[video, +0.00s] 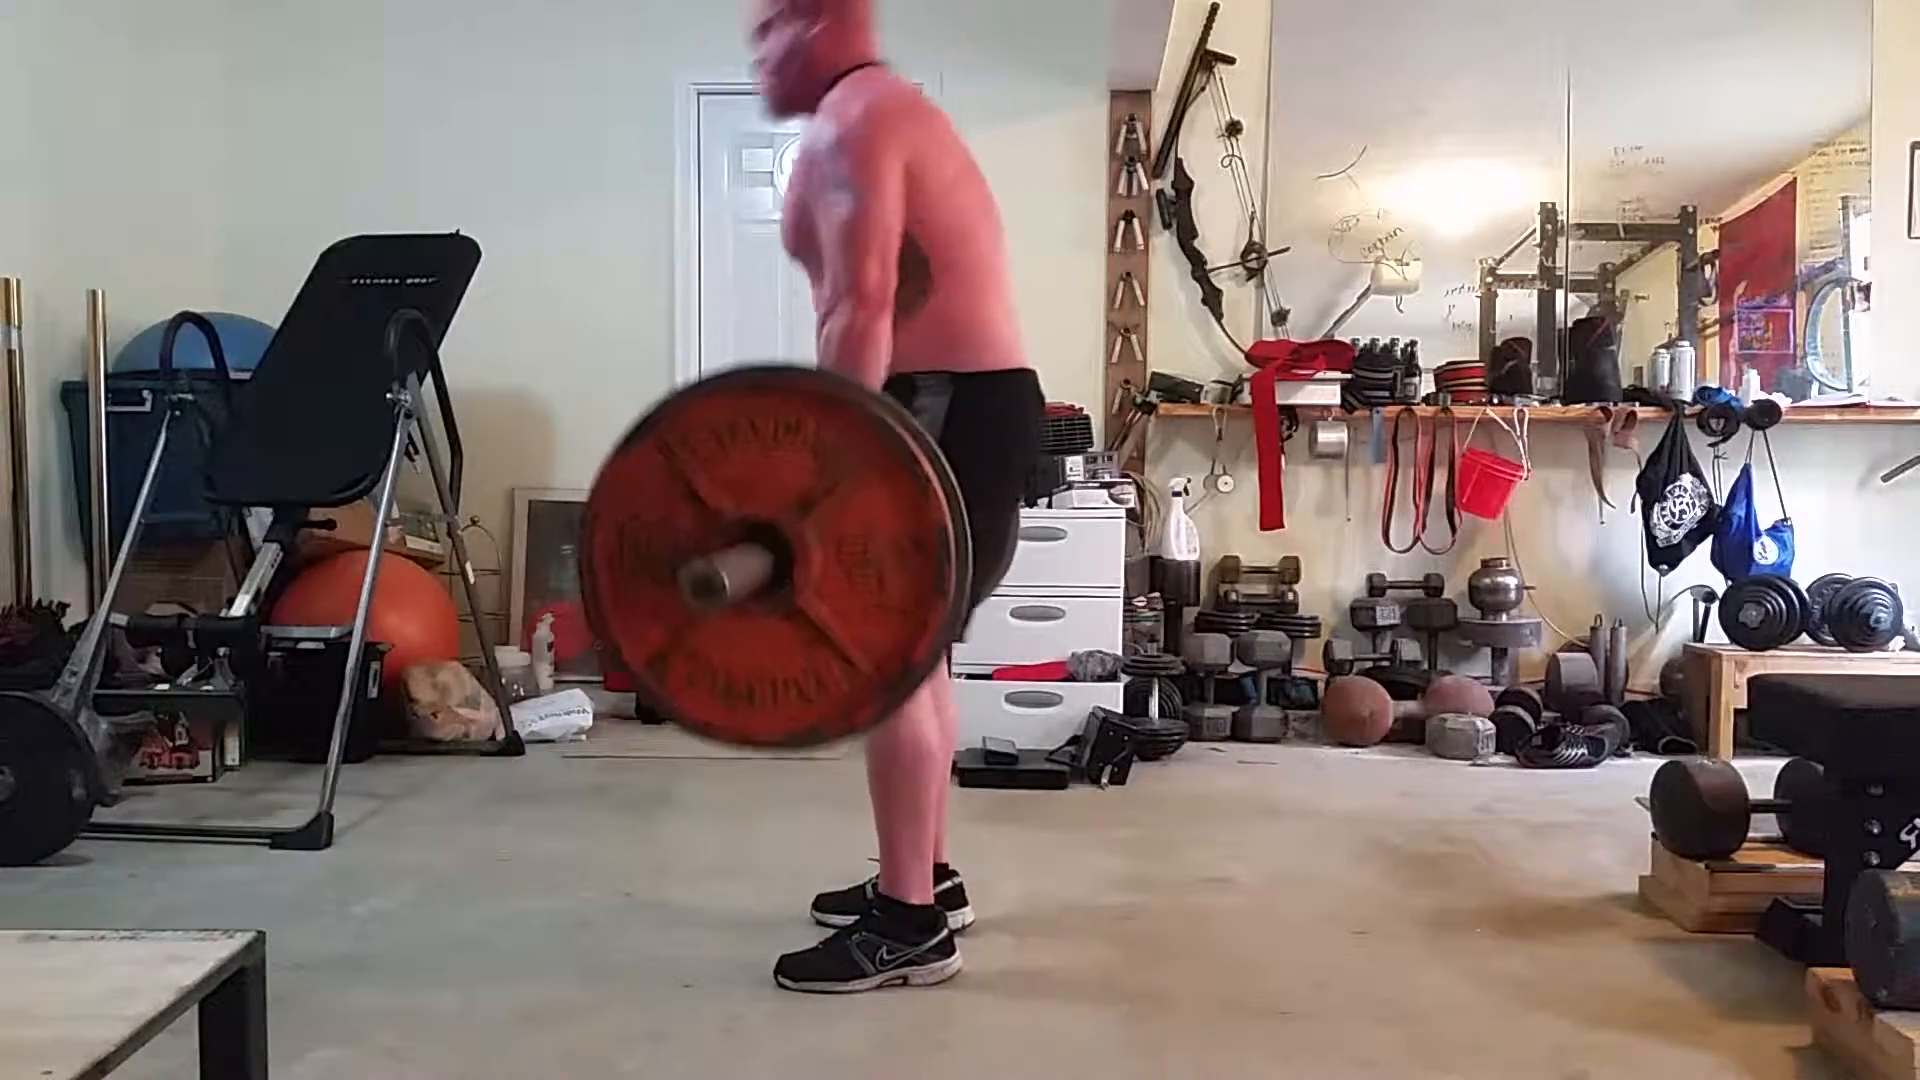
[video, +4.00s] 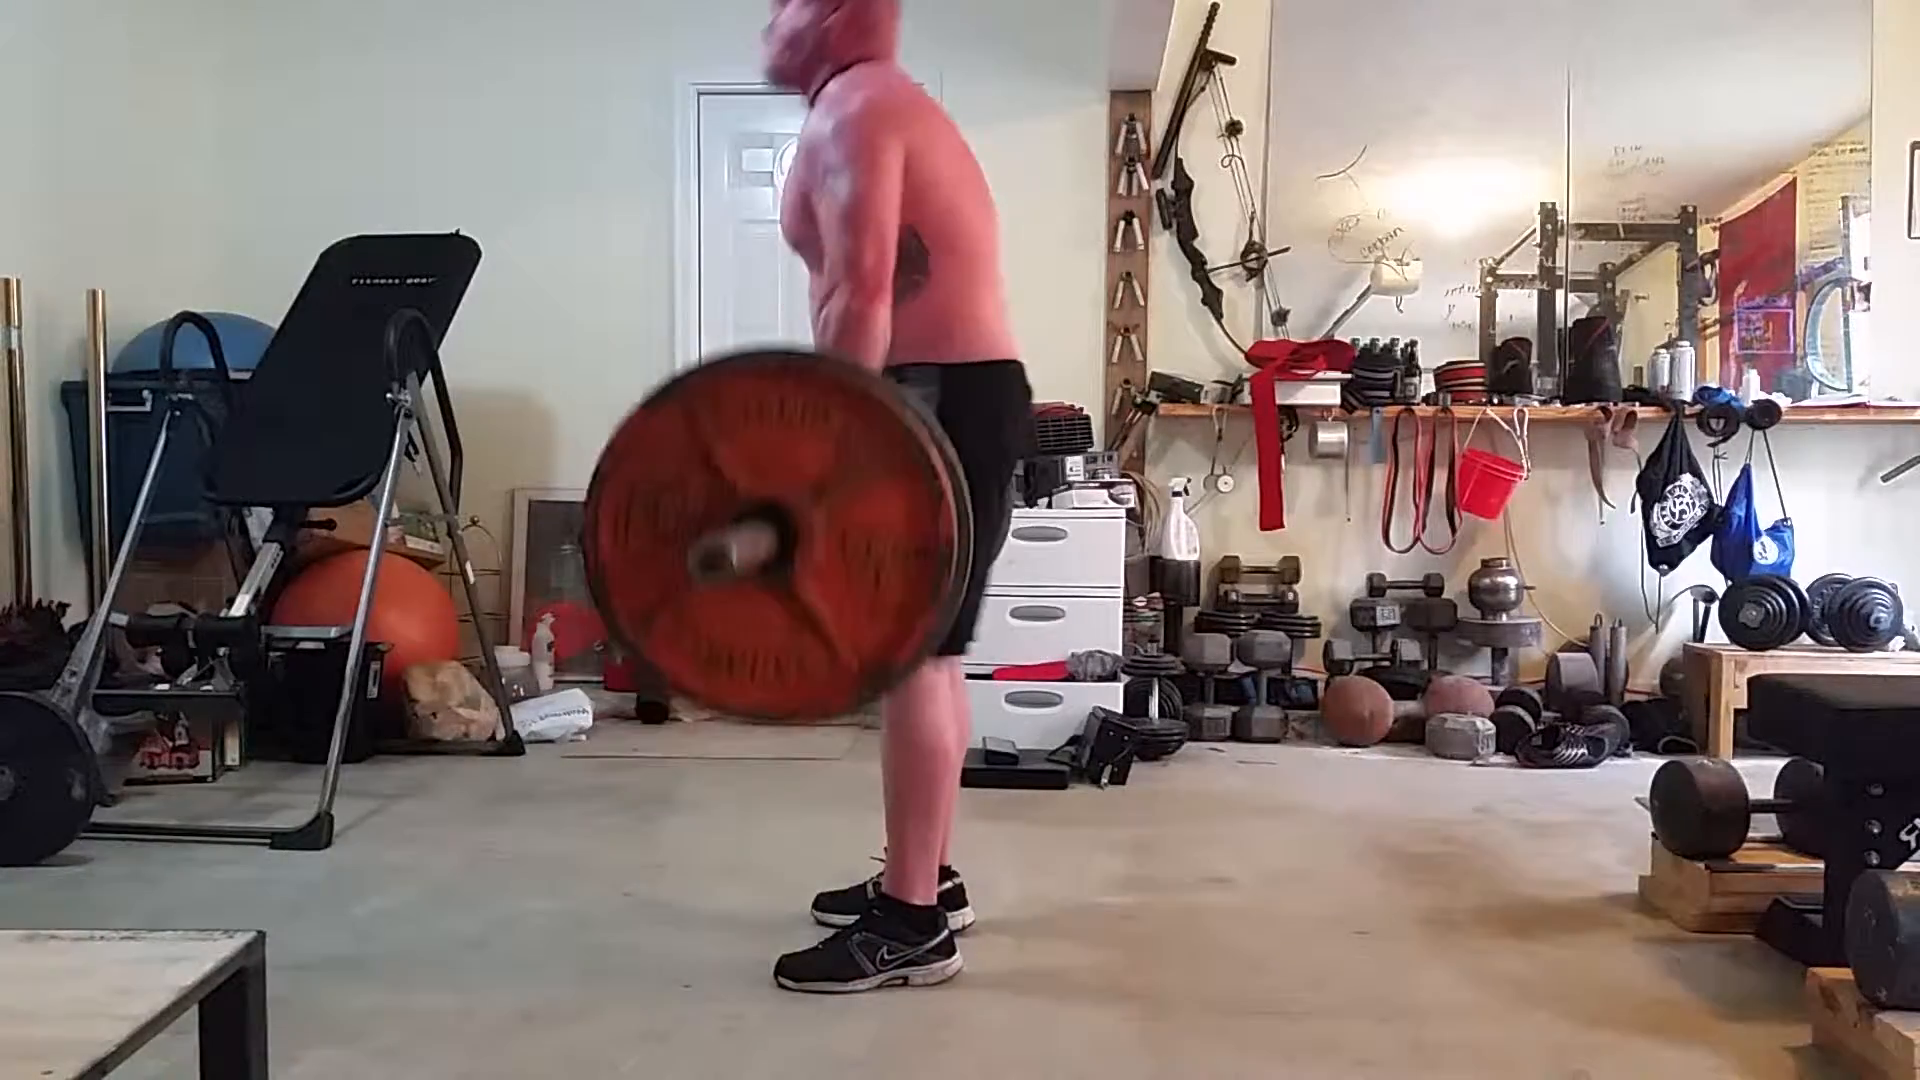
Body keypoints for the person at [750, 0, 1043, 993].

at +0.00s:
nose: (756, 54)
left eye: (768, 30)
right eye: (755, 35)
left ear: (821, 24)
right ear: (839, 31)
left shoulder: (860, 119)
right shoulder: (870, 117)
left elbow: (861, 305)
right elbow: (869, 312)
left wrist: (820, 470)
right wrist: (816, 463)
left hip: (948, 403)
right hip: (961, 403)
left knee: (895, 651)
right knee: (913, 649)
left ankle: (907, 919)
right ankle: (924, 881)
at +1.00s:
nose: (647, 401)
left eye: (641, 379)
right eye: (636, 387)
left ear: (675, 334)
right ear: (683, 328)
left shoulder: (761, 389)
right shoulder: (783, 360)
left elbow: (817, 560)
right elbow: (861, 545)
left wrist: (818, 725)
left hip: (1012, 431)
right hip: (1036, 420)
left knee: (895, 658)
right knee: (926, 658)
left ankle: (922, 911)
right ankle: (935, 890)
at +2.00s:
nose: (855, 11)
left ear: (913, 8)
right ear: (938, 15)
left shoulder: (928, 90)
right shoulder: (955, 94)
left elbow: (898, 280)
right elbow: (871, 283)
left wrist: (822, 428)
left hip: (933, 404)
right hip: (959, 404)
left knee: (896, 653)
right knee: (915, 650)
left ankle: (909, 919)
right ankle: (925, 880)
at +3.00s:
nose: (649, 408)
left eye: (641, 387)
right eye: (637, 395)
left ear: (673, 337)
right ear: (680, 332)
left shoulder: (760, 392)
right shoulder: (781, 364)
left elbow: (812, 565)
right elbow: (861, 544)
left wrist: (812, 732)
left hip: (1016, 430)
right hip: (1036, 420)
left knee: (897, 658)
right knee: (922, 657)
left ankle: (920, 910)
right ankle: (929, 890)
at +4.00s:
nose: (769, 21)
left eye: (787, 4)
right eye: (775, 6)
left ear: (841, 13)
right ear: (853, 21)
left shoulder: (860, 112)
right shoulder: (855, 115)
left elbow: (860, 294)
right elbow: (841, 302)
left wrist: (822, 454)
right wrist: (803, 451)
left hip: (945, 395)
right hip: (946, 395)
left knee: (921, 656)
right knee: (922, 654)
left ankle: (913, 917)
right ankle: (922, 882)